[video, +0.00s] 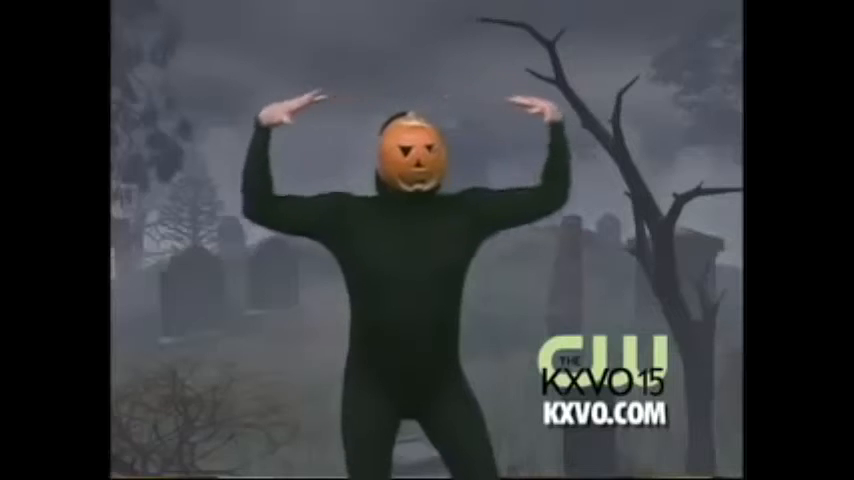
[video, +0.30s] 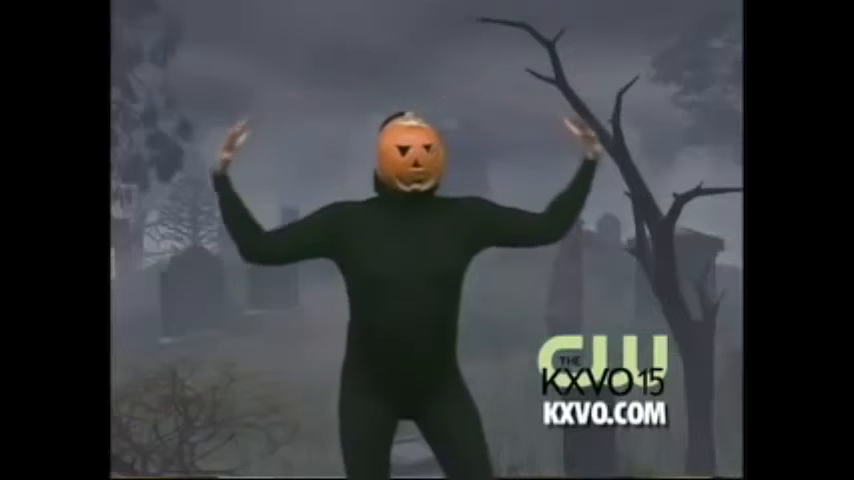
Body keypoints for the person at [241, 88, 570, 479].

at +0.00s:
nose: (418, 157)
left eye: (429, 148)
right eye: (403, 148)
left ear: (445, 161)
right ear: (380, 163)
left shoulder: (468, 212)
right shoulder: (345, 215)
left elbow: (551, 195)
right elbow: (260, 206)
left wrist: (556, 126)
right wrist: (262, 129)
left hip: (443, 384)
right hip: (371, 388)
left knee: (482, 472)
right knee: (367, 474)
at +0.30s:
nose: (415, 155)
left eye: (426, 146)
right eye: (401, 145)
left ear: (442, 160)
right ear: (379, 162)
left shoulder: (468, 218)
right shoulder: (346, 222)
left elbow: (549, 226)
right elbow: (258, 248)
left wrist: (589, 161)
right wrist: (222, 178)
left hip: (440, 387)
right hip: (367, 390)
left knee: (477, 472)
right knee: (366, 474)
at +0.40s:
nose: (414, 156)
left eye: (425, 148)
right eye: (400, 147)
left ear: (441, 161)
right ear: (377, 163)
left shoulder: (465, 219)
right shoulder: (345, 224)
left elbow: (548, 233)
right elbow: (261, 259)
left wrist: (597, 172)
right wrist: (211, 194)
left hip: (439, 385)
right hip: (367, 388)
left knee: (475, 473)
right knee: (365, 475)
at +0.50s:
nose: (411, 157)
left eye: (422, 148)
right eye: (397, 149)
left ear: (439, 161)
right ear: (375, 163)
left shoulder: (463, 220)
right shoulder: (344, 226)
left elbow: (543, 241)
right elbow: (266, 271)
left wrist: (603, 184)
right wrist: (206, 216)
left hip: (438, 386)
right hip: (365, 388)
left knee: (472, 473)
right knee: (364, 476)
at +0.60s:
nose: (407, 156)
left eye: (418, 148)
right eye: (393, 149)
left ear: (435, 162)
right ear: (374, 164)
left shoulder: (461, 223)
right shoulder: (343, 228)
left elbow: (539, 249)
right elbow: (271, 282)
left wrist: (606, 204)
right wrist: (198, 243)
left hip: (437, 387)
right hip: (364, 389)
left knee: (472, 475)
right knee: (362, 479)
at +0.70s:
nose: (404, 155)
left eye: (415, 147)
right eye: (391, 148)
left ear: (431, 162)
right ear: (371, 164)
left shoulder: (457, 224)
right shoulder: (341, 229)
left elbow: (534, 256)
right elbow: (278, 291)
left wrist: (607, 220)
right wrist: (196, 272)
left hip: (435, 387)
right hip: (363, 389)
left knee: (470, 472)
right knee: (361, 476)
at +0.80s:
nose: (401, 154)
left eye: (411, 147)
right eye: (388, 148)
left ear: (427, 162)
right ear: (369, 164)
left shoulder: (453, 224)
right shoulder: (340, 230)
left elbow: (527, 262)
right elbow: (278, 299)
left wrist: (602, 239)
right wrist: (197, 297)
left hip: (434, 388)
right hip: (363, 391)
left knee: (469, 472)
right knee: (361, 475)